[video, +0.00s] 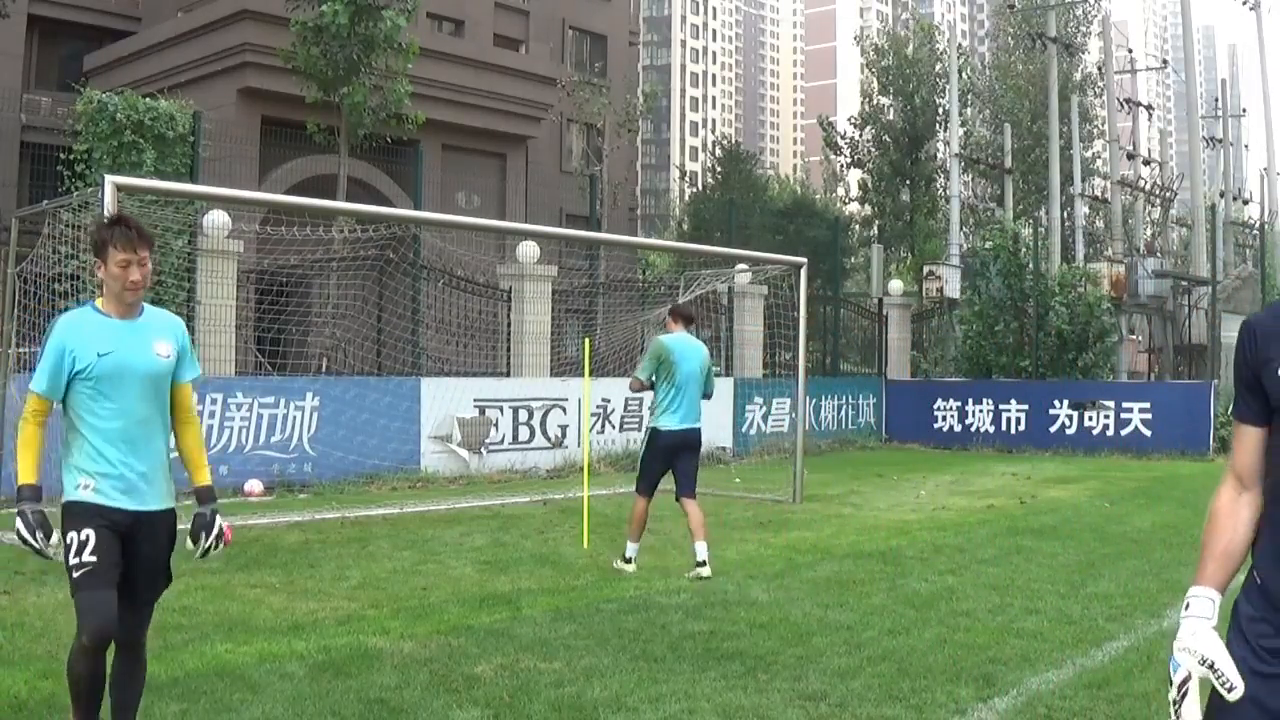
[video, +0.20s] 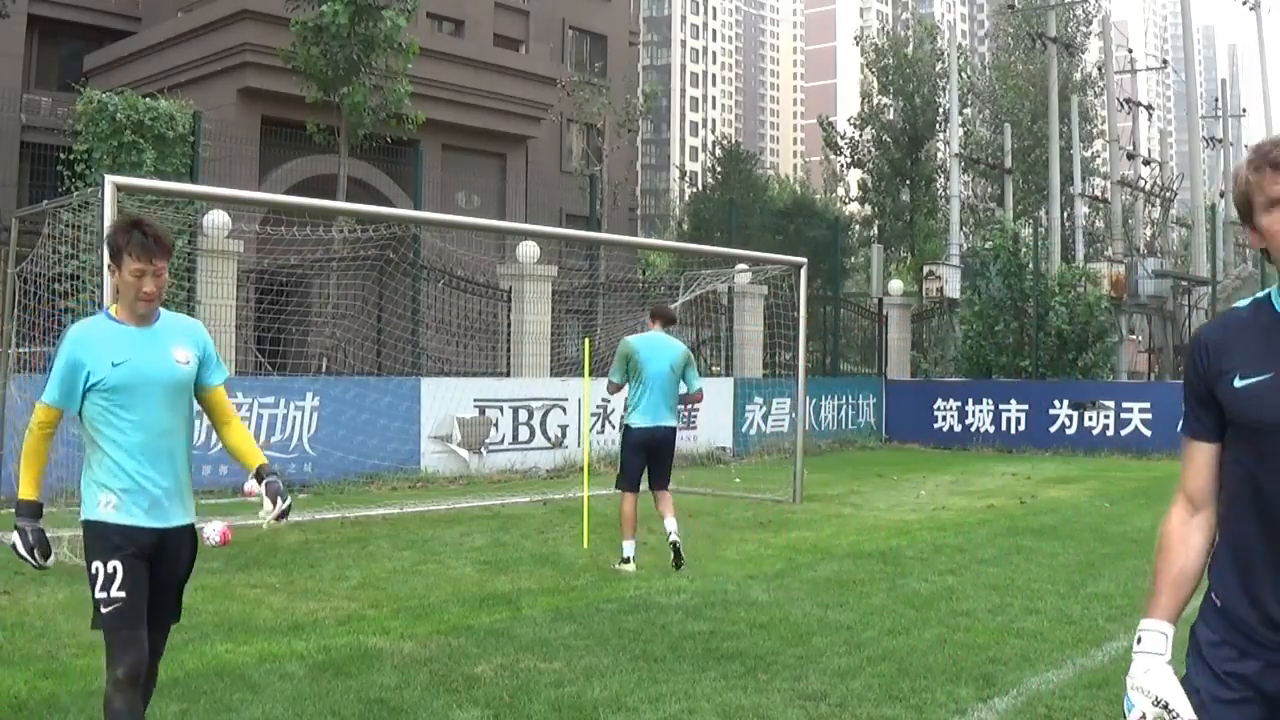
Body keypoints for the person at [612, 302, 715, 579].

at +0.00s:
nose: (665, 326)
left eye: (666, 322)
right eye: (667, 322)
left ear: (671, 321)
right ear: (690, 323)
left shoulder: (661, 343)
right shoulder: (703, 349)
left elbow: (636, 384)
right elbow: (707, 392)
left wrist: (658, 382)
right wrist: (680, 382)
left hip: (663, 434)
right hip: (692, 434)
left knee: (643, 495)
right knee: (688, 497)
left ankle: (629, 557)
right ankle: (702, 562)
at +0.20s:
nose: (649, 325)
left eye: (649, 321)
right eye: (655, 322)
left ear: (650, 320)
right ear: (671, 324)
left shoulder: (630, 343)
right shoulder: (682, 349)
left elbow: (613, 387)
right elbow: (697, 395)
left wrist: (630, 373)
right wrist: (671, 398)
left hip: (636, 430)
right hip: (666, 431)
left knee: (629, 491)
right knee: (661, 488)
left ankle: (628, 557)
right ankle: (673, 533)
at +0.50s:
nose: (657, 336)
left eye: (647, 326)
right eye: (662, 334)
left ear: (642, 322)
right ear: (663, 332)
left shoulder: (612, 342)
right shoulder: (664, 352)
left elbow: (600, 381)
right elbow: (671, 395)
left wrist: (618, 362)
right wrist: (678, 419)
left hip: (617, 428)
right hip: (647, 431)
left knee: (621, 490)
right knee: (637, 492)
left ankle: (627, 554)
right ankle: (620, 546)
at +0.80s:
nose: (662, 345)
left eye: (664, 341)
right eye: (664, 340)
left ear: (646, 326)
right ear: (659, 332)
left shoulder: (612, 341)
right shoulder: (652, 351)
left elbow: (599, 381)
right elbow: (646, 394)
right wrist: (659, 421)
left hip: (609, 424)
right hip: (634, 426)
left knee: (616, 480)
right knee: (631, 488)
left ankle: (604, 522)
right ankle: (617, 548)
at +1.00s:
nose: (664, 344)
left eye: (667, 340)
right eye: (665, 338)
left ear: (649, 326)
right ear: (656, 328)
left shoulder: (621, 340)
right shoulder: (641, 348)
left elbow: (617, 384)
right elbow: (626, 387)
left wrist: (645, 407)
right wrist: (647, 412)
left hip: (612, 418)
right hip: (627, 420)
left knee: (625, 480)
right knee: (630, 484)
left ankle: (614, 530)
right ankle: (618, 545)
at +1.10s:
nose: (662, 345)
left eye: (665, 341)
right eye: (664, 339)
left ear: (650, 328)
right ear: (653, 329)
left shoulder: (627, 342)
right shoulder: (636, 347)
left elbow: (626, 376)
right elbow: (619, 385)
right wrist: (642, 412)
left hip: (619, 418)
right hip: (625, 420)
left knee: (625, 482)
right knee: (630, 484)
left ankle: (622, 535)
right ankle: (618, 545)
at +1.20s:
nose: (660, 341)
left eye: (662, 337)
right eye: (660, 335)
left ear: (651, 331)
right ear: (647, 328)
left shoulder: (641, 351)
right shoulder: (628, 346)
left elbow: (660, 375)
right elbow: (607, 384)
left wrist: (665, 349)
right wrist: (633, 409)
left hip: (630, 421)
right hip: (621, 421)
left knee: (633, 483)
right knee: (633, 484)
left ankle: (623, 537)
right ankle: (618, 544)